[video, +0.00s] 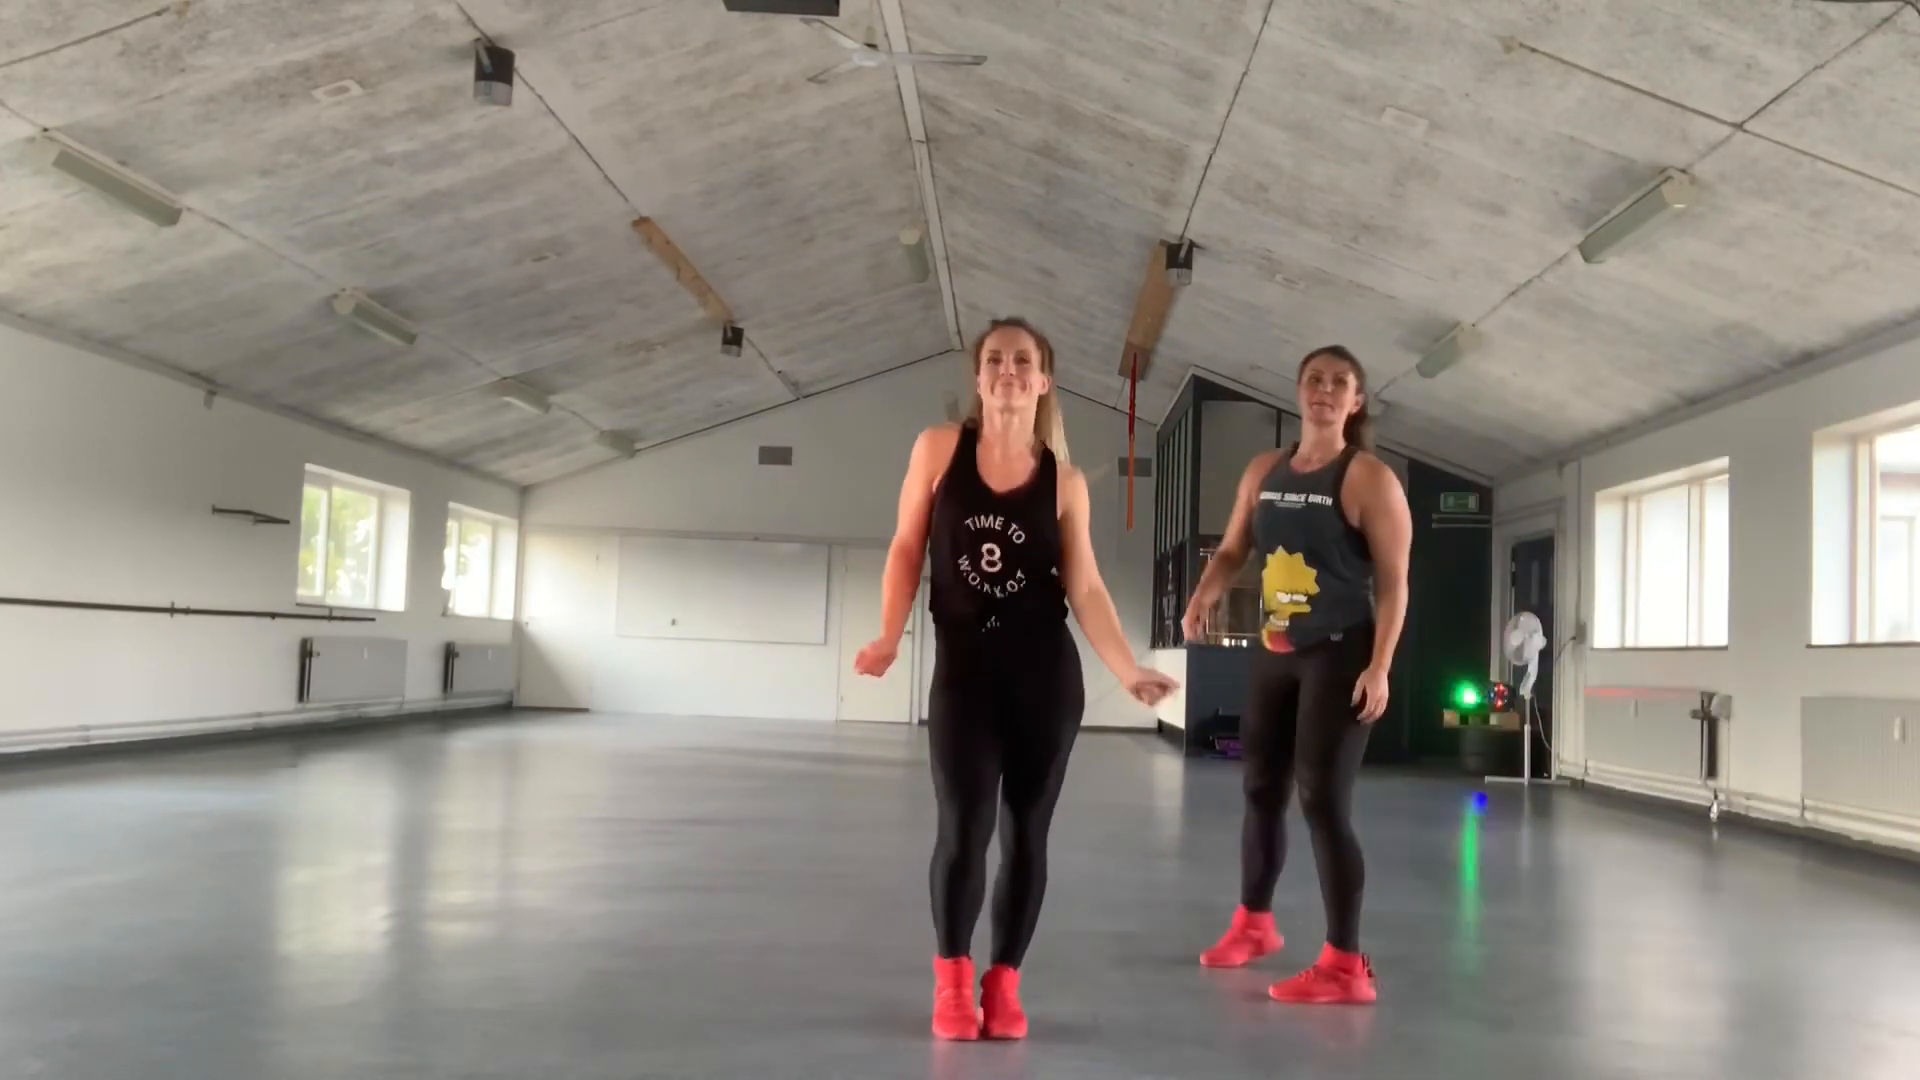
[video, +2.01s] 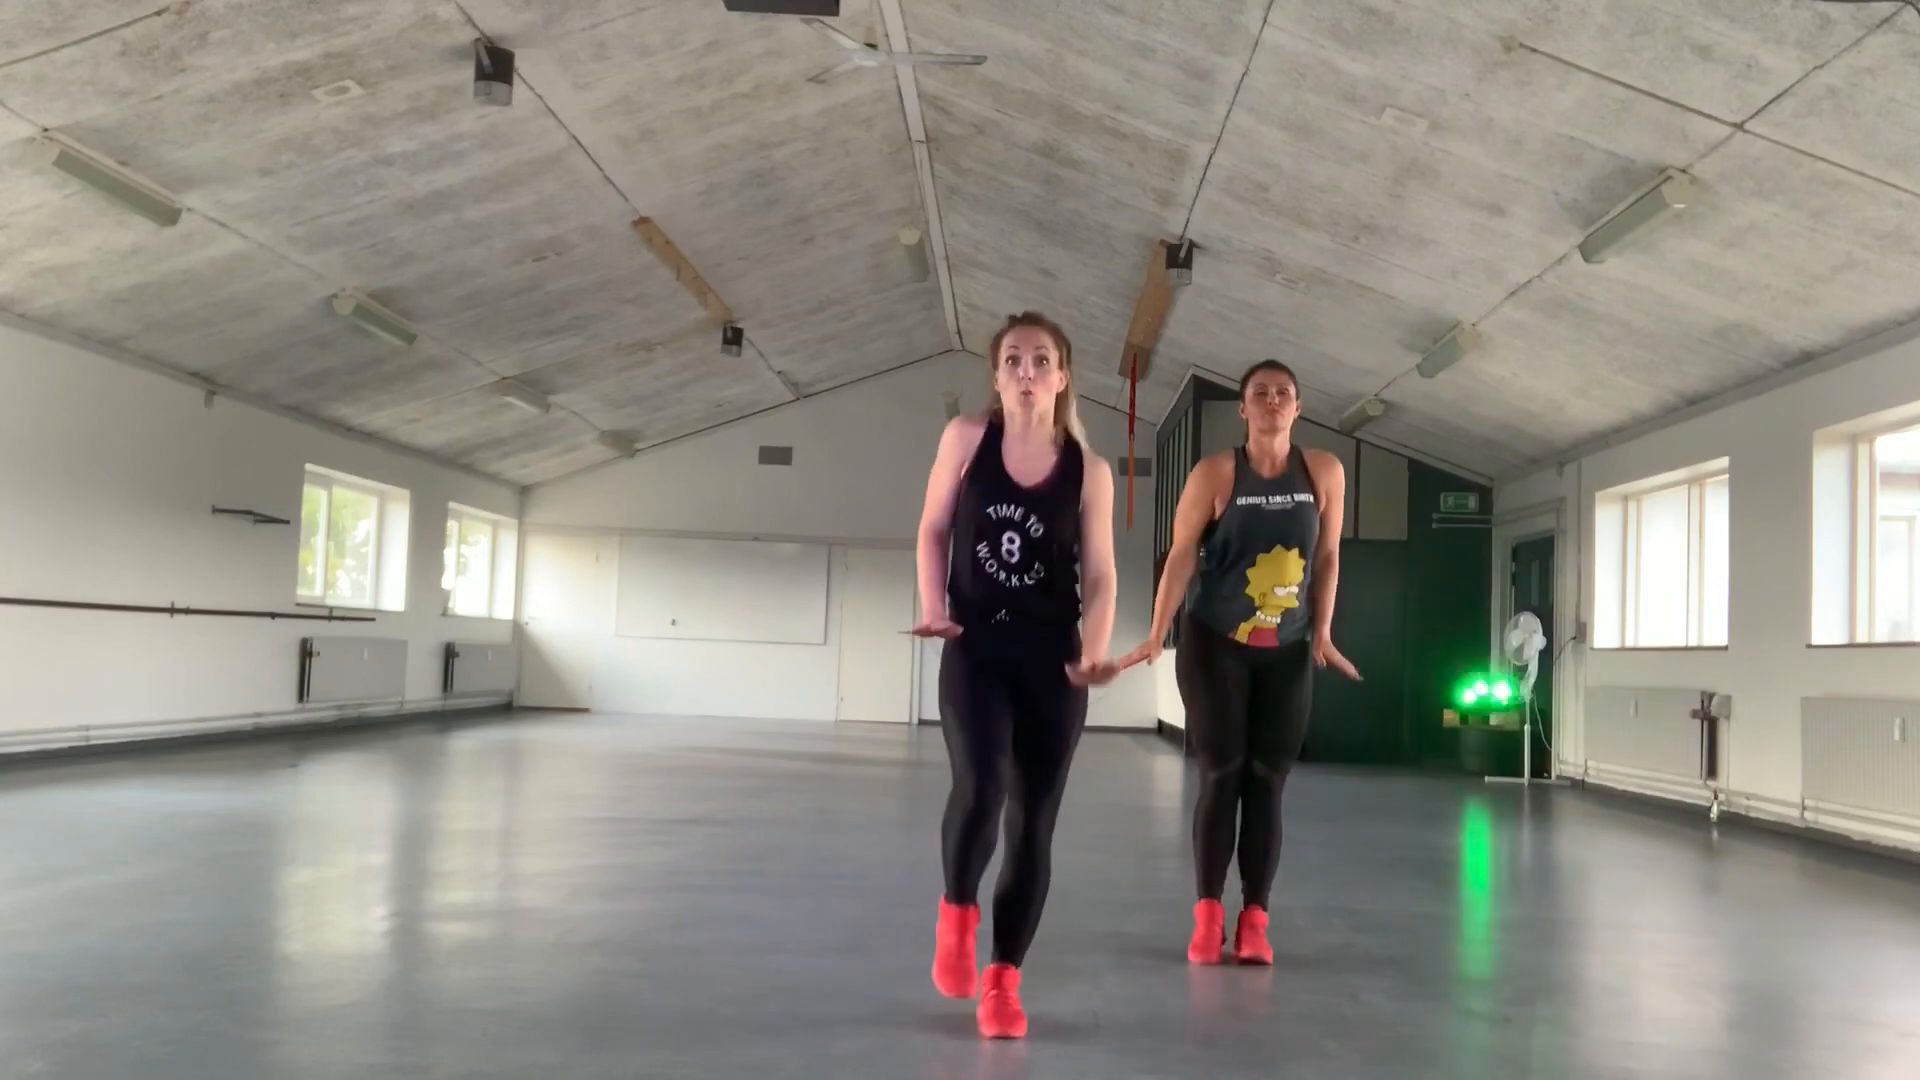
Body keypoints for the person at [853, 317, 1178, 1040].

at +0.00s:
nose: (1008, 371)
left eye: (1023, 362)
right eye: (995, 360)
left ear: (1045, 381)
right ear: (976, 376)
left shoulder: (1064, 480)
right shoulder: (939, 448)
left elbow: (1086, 587)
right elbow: (907, 548)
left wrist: (1128, 670)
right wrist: (889, 635)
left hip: (1045, 675)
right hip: (963, 672)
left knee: (1027, 834)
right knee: (965, 830)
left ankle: (1004, 981)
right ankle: (953, 978)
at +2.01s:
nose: (1027, 371)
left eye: (1041, 360)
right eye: (1014, 360)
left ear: (1063, 375)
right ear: (996, 374)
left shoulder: (1090, 470)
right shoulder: (965, 438)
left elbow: (1101, 573)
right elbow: (933, 530)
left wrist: (1092, 651)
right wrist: (932, 606)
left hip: (1053, 656)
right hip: (974, 648)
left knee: (1034, 821)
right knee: (984, 782)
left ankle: (1005, 975)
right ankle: (958, 912)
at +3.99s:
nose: (763, 365)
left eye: (778, 352)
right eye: (752, 351)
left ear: (807, 358)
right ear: (735, 356)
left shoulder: (830, 413)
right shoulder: (708, 422)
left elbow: (854, 505)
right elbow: (674, 522)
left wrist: (820, 553)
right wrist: (641, 618)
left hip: (788, 630)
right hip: (710, 627)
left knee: (774, 796)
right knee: (709, 796)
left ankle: (775, 944)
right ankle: (707, 955)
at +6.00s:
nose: (727, 358)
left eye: (741, 349)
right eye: (715, 346)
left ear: (761, 368)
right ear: (695, 362)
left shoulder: (778, 440)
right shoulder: (670, 440)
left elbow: (791, 471)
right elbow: (563, 435)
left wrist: (774, 368)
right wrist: (622, 374)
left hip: (768, 642)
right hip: (689, 646)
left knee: (780, 795)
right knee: (619, 799)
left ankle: (777, 958)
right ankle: (557, 956)